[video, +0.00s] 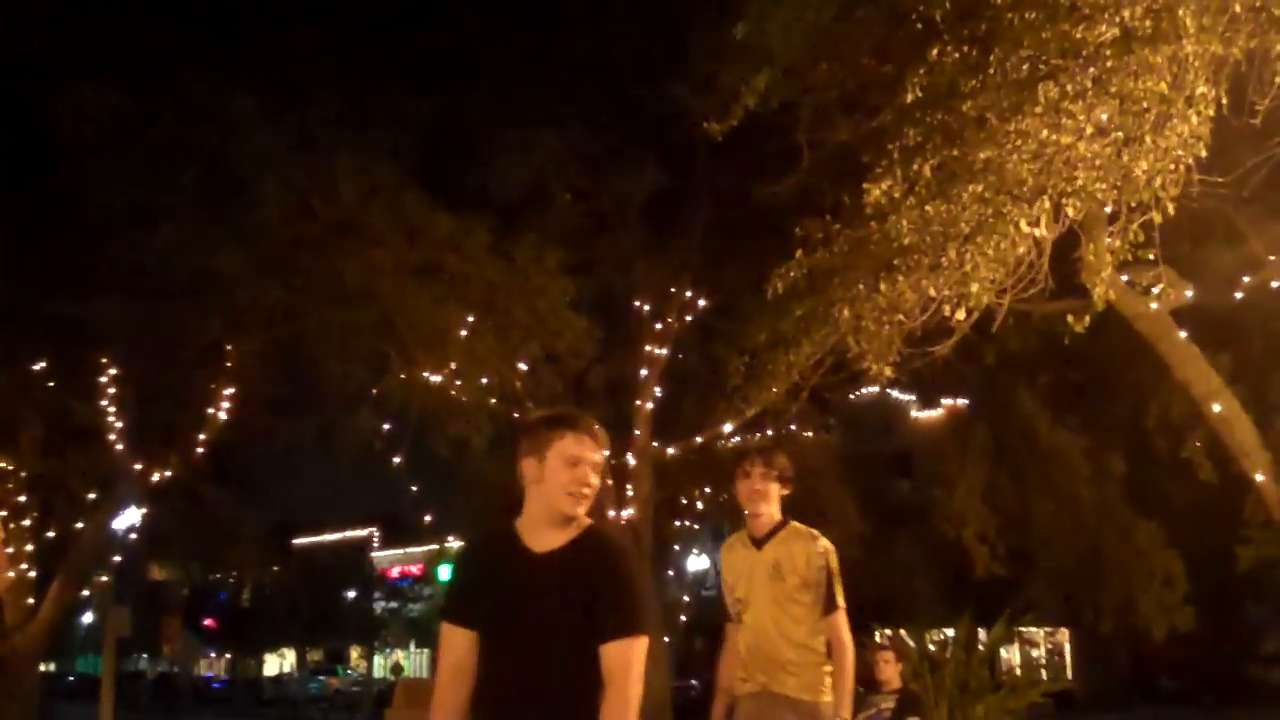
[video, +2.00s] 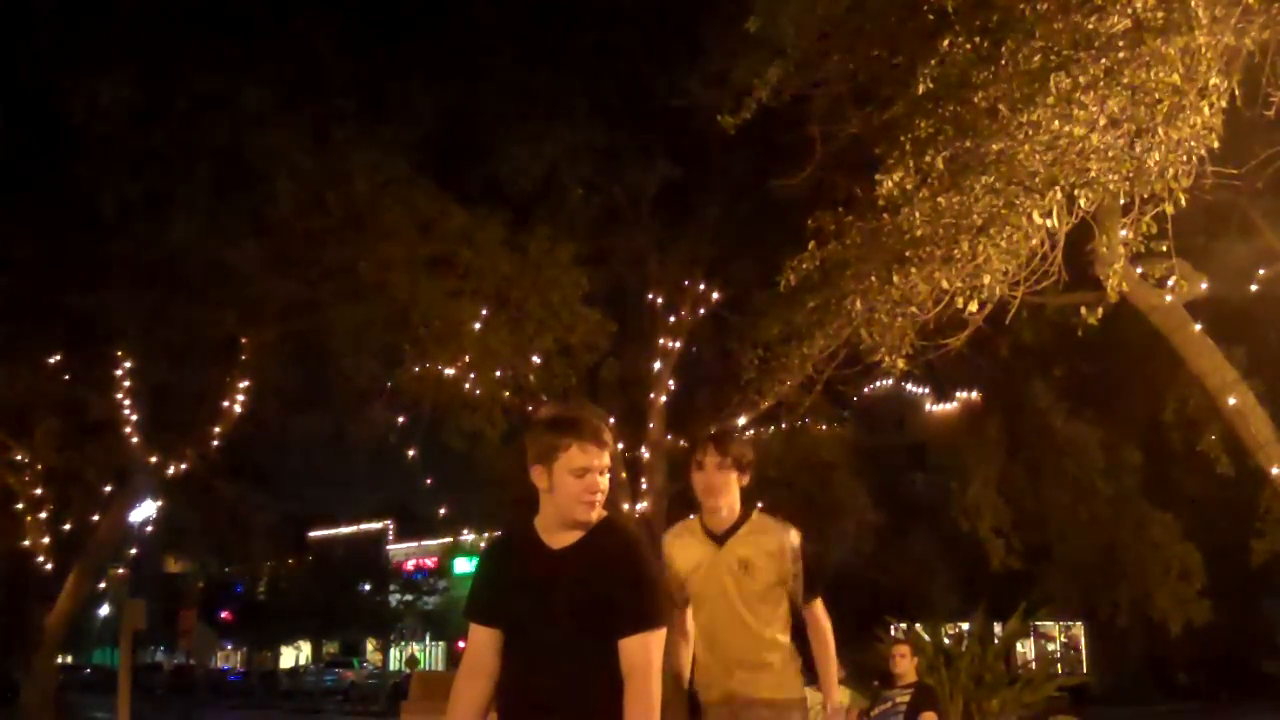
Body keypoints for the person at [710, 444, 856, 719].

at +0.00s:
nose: (755, 485)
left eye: (766, 476)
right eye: (746, 476)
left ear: (784, 487)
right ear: (734, 488)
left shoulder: (814, 547)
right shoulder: (729, 552)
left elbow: (840, 637)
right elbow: (733, 635)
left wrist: (843, 712)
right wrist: (718, 710)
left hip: (808, 700)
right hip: (750, 700)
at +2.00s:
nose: (709, 479)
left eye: (721, 467)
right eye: (700, 467)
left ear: (743, 476)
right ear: (691, 475)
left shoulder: (781, 539)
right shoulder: (675, 543)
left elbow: (815, 616)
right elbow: (680, 627)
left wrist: (832, 700)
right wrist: (676, 695)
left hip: (778, 698)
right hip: (713, 700)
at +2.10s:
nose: (703, 505)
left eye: (716, 495)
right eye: (694, 494)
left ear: (738, 505)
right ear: (684, 503)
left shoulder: (778, 573)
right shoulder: (670, 574)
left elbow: (814, 660)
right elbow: (673, 650)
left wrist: (828, 715)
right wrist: (677, 710)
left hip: (773, 710)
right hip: (708, 710)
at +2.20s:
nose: (698, 506)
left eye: (710, 494)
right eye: (689, 494)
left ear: (735, 504)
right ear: (679, 502)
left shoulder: (774, 576)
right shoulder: (664, 574)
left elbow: (813, 664)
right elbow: (652, 661)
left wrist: (820, 713)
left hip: (759, 711)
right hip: (689, 711)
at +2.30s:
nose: (685, 456)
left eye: (695, 443)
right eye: (677, 444)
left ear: (722, 451)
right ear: (668, 453)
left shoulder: (760, 516)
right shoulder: (653, 521)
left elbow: (805, 618)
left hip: (743, 700)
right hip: (673, 700)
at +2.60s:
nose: (622, 418)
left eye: (636, 404)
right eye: (614, 405)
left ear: (668, 405)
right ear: (605, 407)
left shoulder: (705, 462)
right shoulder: (594, 463)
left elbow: (717, 531)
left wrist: (639, 511)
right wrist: (538, 518)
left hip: (697, 631)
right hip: (620, 632)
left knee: (704, 713)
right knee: (627, 715)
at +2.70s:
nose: (595, 471)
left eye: (610, 458)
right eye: (591, 458)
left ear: (646, 459)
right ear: (583, 460)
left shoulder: (687, 510)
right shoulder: (576, 519)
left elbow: (729, 569)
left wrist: (636, 517)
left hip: (685, 690)